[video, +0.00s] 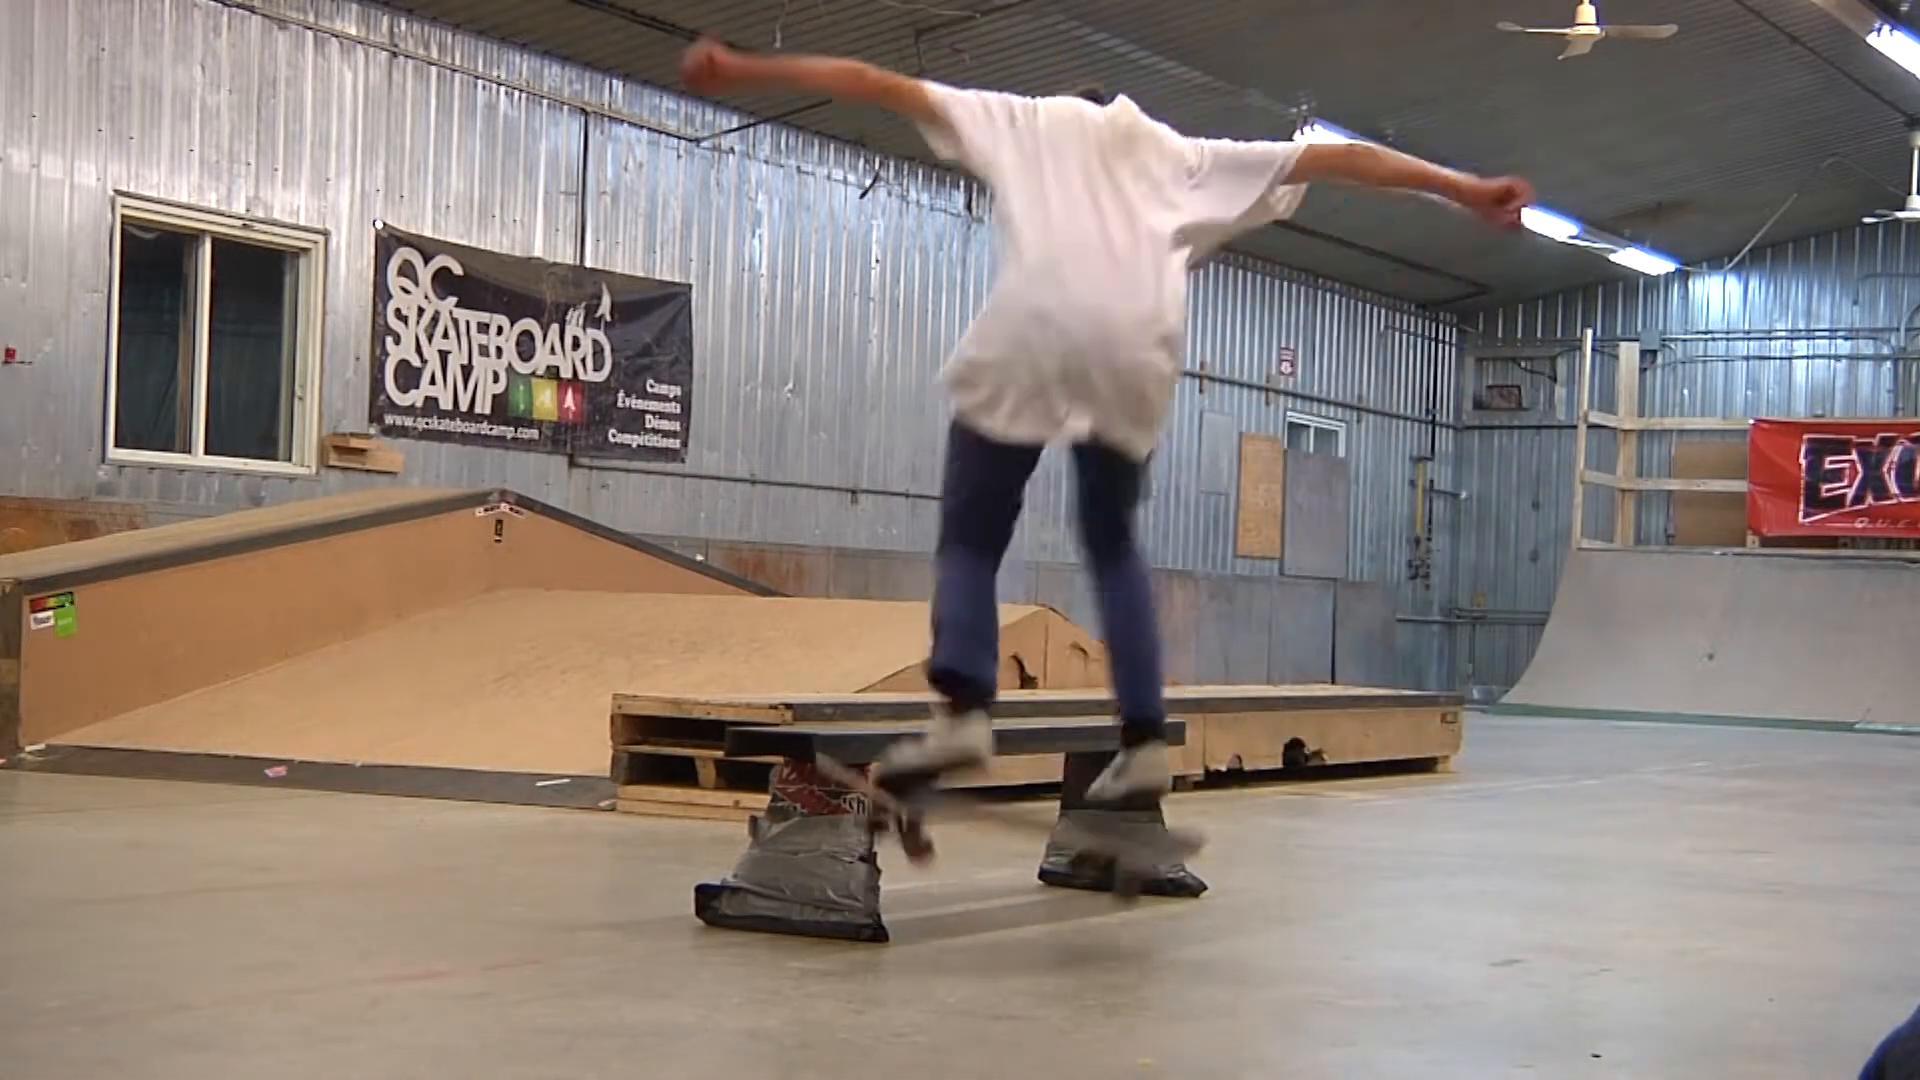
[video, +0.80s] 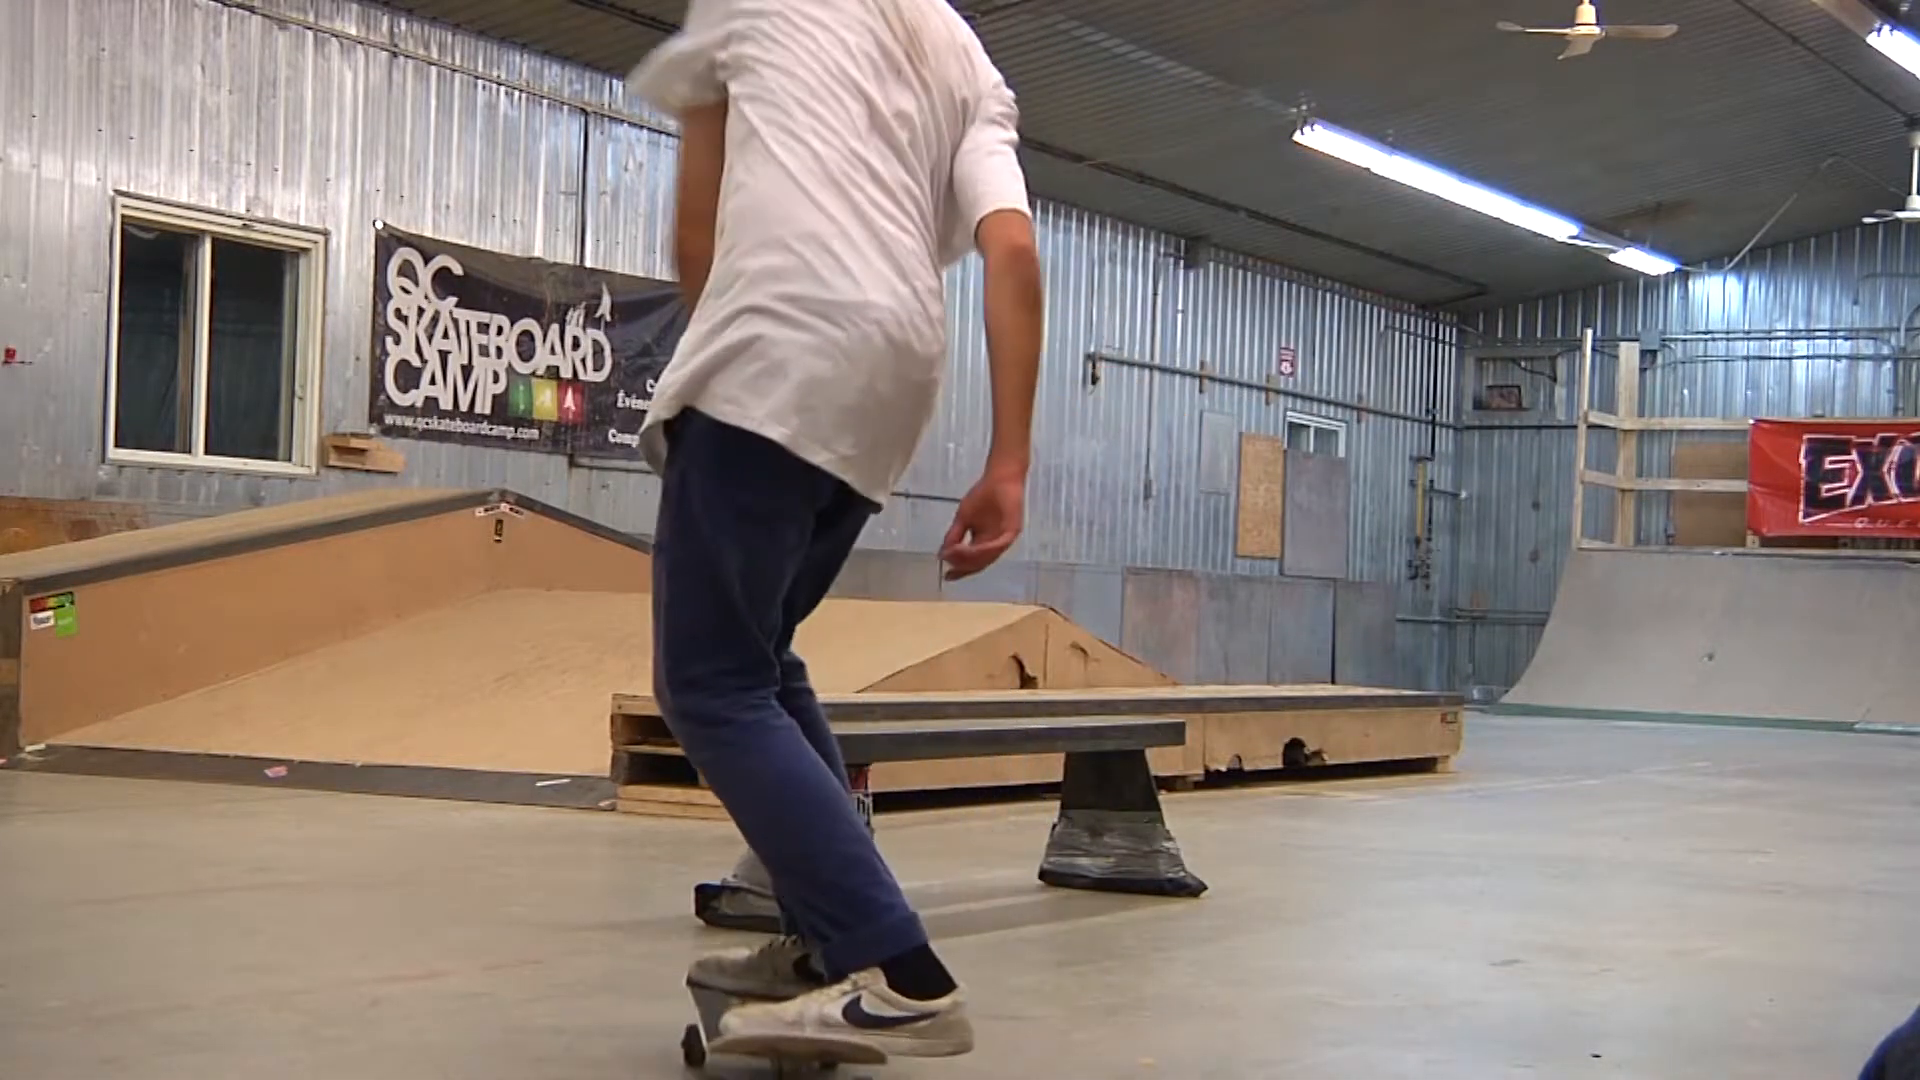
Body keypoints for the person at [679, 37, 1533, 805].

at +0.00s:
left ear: (1064, 100)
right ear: (1148, 118)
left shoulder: (1019, 118)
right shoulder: (1187, 156)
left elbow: (881, 81)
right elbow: (1329, 155)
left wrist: (747, 70)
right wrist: (1460, 186)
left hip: (1018, 343)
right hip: (1135, 361)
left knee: (970, 546)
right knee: (1114, 543)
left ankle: (962, 715)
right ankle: (1147, 742)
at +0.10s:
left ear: (1066, 143)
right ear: (1134, 170)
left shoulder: (1000, 159)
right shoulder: (1163, 210)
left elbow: (849, 125)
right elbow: (1277, 209)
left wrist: (829, 162)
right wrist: (1414, 214)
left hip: (964, 445)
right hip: (1070, 464)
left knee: (947, 679)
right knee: (1016, 664)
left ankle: (985, 888)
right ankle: (1092, 867)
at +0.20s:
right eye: (1122, 233)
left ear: (1048, 186)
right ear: (1114, 218)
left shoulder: (980, 202)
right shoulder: (1115, 241)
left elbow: (901, 238)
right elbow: (1128, 314)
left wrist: (912, 243)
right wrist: (1181, 376)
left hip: (919, 451)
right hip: (1032, 475)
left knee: (879, 688)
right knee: (970, 657)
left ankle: (943, 879)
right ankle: (1040, 880)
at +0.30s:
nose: (1112, 269)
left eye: (1119, 260)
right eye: (1121, 259)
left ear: (1038, 181)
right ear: (1108, 235)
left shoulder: (960, 190)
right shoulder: (1093, 257)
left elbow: (1002, 290)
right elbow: (1039, 359)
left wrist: (1088, 379)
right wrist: (1012, 510)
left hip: (862, 438)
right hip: (975, 459)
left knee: (839, 684)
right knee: (932, 657)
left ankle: (915, 901)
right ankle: (1001, 892)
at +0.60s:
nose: (1045, 142)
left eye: (1050, 128)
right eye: (1048, 127)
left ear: (960, 56)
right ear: (1032, 101)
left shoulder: (866, 66)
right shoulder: (1027, 161)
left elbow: (910, 289)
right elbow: (988, 311)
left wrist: (1058, 393)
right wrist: (964, 507)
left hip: (758, 388)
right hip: (881, 428)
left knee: (739, 694)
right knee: (818, 659)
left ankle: (868, 945)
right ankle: (881, 917)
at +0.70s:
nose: (997, 63)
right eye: (1000, 49)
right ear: (984, 35)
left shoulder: (809, 18)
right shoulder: (1003, 113)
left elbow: (818, 237)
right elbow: (997, 283)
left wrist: (929, 410)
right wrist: (986, 485)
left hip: (762, 364)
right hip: (884, 402)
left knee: (724, 694)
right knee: (793, 652)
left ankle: (878, 963)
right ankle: (860, 924)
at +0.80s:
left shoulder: (741, 11)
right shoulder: (968, 64)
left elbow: (692, 237)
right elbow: (1013, 247)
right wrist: (1009, 461)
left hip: (772, 342)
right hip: (900, 376)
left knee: (713, 684)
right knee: (762, 650)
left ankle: (899, 976)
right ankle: (819, 922)